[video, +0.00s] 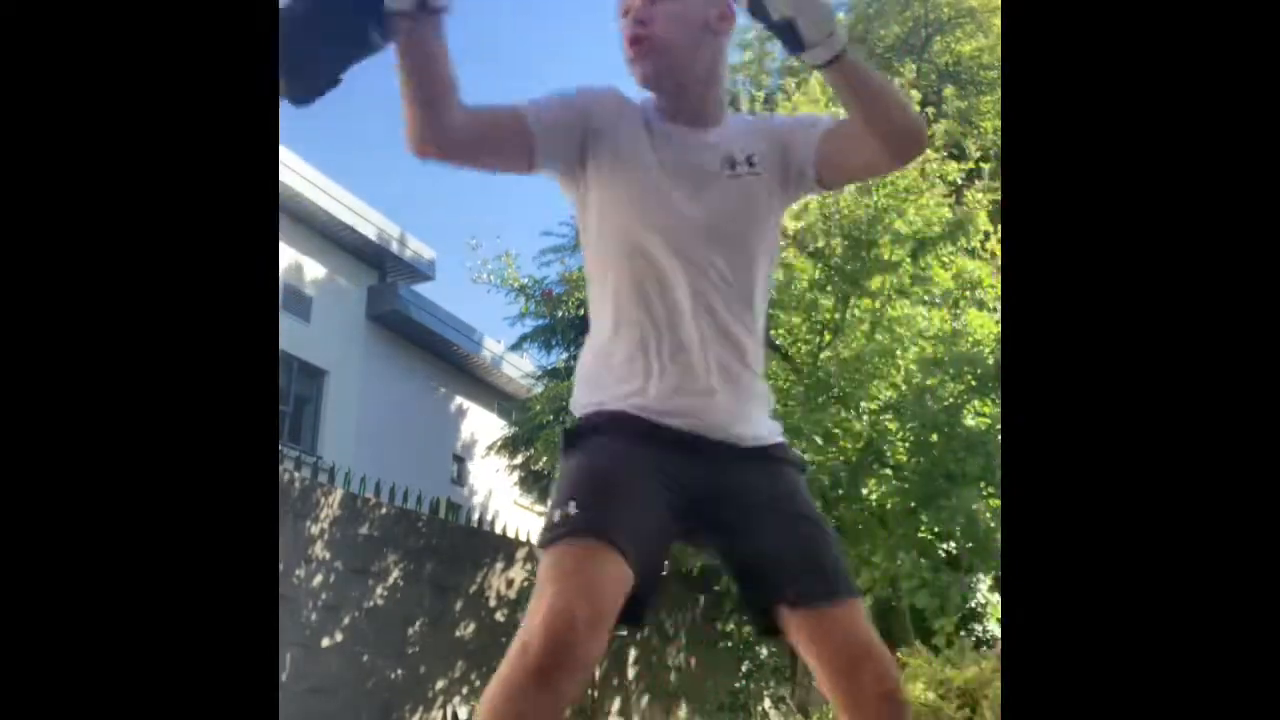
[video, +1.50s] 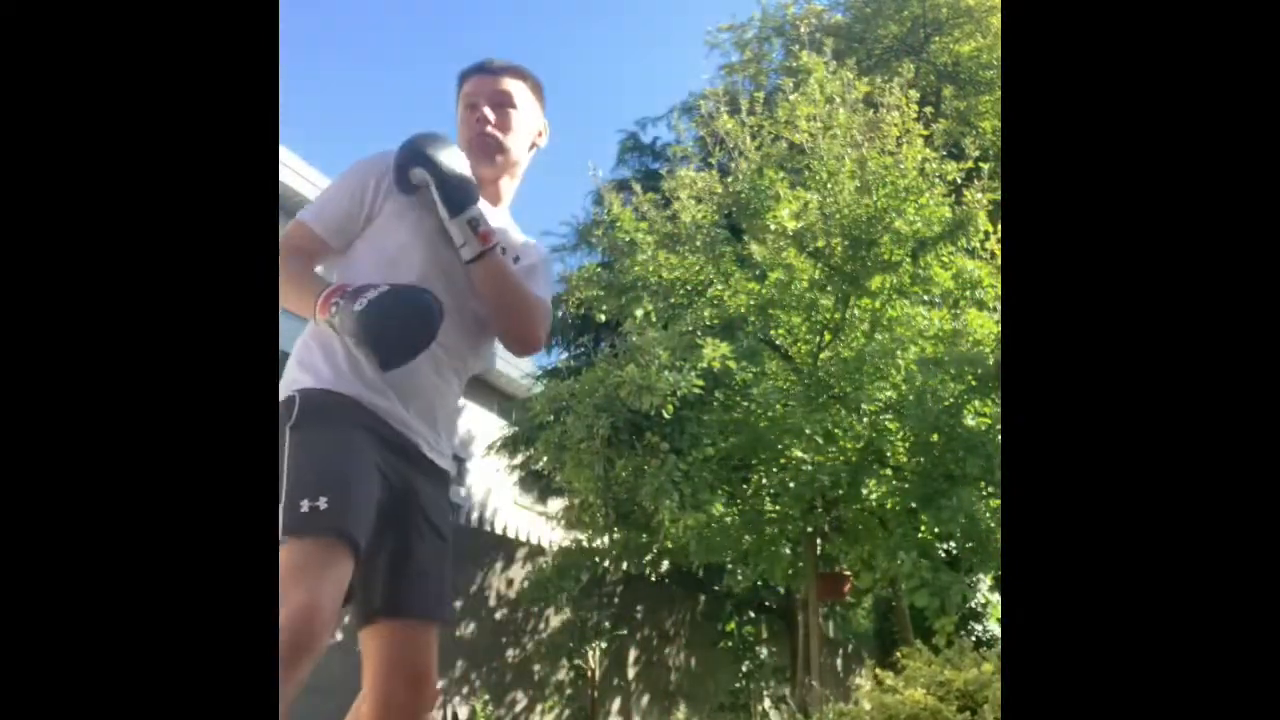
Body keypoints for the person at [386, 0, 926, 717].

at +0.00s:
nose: (632, 17)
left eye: (655, 0)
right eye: (627, 7)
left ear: (721, 17)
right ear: (621, 29)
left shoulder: (772, 144)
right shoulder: (599, 121)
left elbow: (900, 139)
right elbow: (438, 133)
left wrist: (819, 40)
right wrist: (416, 17)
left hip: (747, 441)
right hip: (624, 427)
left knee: (868, 677)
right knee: (558, 641)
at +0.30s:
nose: (634, 82)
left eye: (654, 63)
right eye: (623, 75)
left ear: (703, 83)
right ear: (615, 97)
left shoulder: (729, 211)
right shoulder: (567, 172)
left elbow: (729, 302)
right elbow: (469, 283)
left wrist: (624, 208)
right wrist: (505, 307)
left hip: (635, 455)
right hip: (536, 411)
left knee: (646, 697)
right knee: (503, 637)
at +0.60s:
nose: (598, 105)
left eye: (622, 92)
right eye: (589, 97)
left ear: (666, 119)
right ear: (577, 119)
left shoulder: (673, 227)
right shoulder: (526, 187)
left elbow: (701, 285)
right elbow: (397, 290)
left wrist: (593, 197)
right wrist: (438, 259)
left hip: (587, 459)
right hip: (484, 416)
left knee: (634, 697)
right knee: (421, 617)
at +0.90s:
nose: (485, 31)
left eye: (510, 17)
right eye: (472, 20)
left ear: (554, 54)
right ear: (456, 46)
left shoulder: (569, 182)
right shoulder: (417, 110)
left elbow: (706, 235)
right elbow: (288, 82)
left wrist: (682, 144)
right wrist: (294, 4)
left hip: (480, 435)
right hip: (381, 399)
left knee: (541, 666)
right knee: (367, 624)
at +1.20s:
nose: (502, 117)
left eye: (522, 105)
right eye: (489, 108)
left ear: (556, 136)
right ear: (470, 125)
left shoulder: (544, 252)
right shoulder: (404, 174)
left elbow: (549, 340)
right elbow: (293, 271)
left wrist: (481, 225)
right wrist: (371, 318)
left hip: (442, 458)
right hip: (354, 406)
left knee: (437, 694)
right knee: (328, 638)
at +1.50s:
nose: (484, 113)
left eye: (504, 105)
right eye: (472, 105)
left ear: (539, 137)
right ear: (455, 123)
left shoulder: (527, 252)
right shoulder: (393, 172)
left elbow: (529, 336)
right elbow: (286, 256)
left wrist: (473, 226)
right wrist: (337, 303)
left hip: (428, 451)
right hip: (338, 396)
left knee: (406, 694)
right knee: (304, 621)